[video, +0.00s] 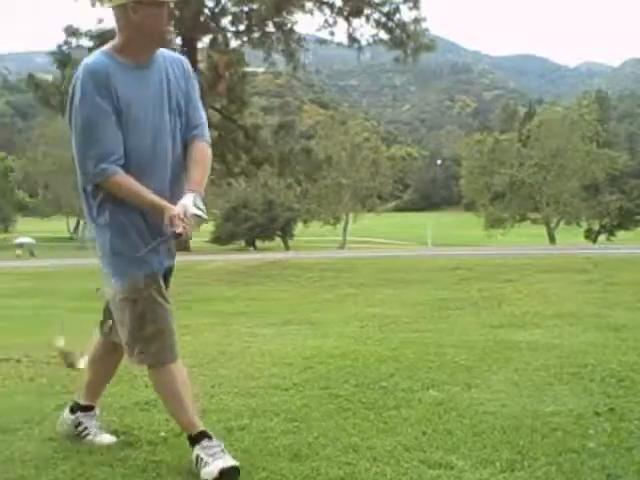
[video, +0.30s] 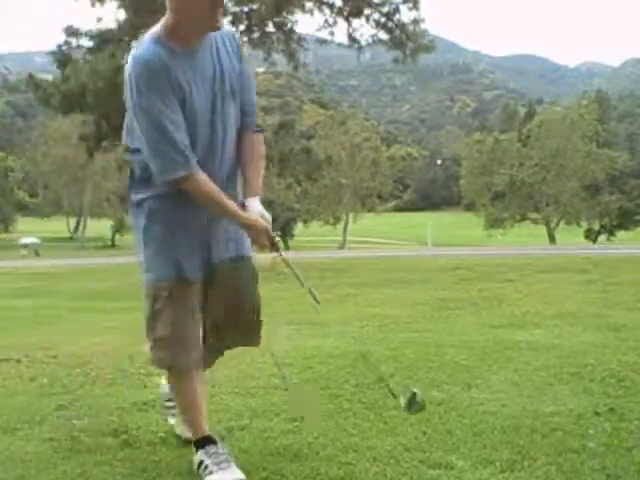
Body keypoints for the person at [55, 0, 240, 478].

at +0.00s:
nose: (170, 13)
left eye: (170, 5)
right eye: (159, 6)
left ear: (158, 15)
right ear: (127, 14)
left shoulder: (178, 67)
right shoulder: (95, 74)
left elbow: (198, 138)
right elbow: (101, 170)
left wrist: (192, 198)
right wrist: (162, 207)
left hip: (165, 228)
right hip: (124, 233)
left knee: (121, 326)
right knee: (156, 334)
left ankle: (81, 413)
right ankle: (202, 442)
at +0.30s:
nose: (223, 6)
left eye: (223, 0)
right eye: (214, 0)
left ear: (214, 6)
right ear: (178, 3)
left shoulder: (227, 44)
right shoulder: (148, 62)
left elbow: (250, 127)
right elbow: (178, 168)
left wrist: (253, 199)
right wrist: (242, 217)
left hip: (227, 217)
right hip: (173, 220)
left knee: (230, 321)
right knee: (183, 336)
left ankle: (177, 382)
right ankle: (205, 444)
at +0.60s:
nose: (254, 3)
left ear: (252, 1)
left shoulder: (273, 33)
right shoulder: (183, 58)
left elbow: (292, 125)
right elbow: (208, 167)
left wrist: (287, 200)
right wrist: (275, 223)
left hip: (268, 214)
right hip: (205, 222)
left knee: (314, 314)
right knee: (199, 340)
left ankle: (360, 415)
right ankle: (207, 448)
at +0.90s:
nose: (306, 16)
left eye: (311, 8)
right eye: (296, 9)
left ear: (318, 7)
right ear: (269, 7)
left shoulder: (337, 39)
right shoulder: (239, 61)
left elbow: (348, 135)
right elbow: (254, 171)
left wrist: (335, 216)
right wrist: (311, 240)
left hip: (318, 225)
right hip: (249, 227)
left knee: (357, 335)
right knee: (224, 341)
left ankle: (383, 449)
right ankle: (211, 448)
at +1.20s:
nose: (374, 35)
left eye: (384, 23)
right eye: (362, 24)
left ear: (398, 13)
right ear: (338, 12)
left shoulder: (423, 56)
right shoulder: (307, 66)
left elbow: (415, 159)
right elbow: (318, 180)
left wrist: (380, 240)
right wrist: (356, 261)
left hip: (375, 222)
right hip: (298, 214)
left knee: (388, 344)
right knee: (255, 329)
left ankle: (395, 454)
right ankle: (233, 432)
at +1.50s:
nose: (382, 46)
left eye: (392, 35)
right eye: (370, 35)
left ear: (408, 20)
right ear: (344, 14)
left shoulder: (429, 58)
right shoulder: (314, 71)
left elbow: (416, 163)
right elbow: (325, 186)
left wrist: (385, 248)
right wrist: (359, 268)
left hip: (384, 229)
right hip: (306, 223)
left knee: (392, 347)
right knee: (274, 341)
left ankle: (396, 455)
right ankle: (253, 448)